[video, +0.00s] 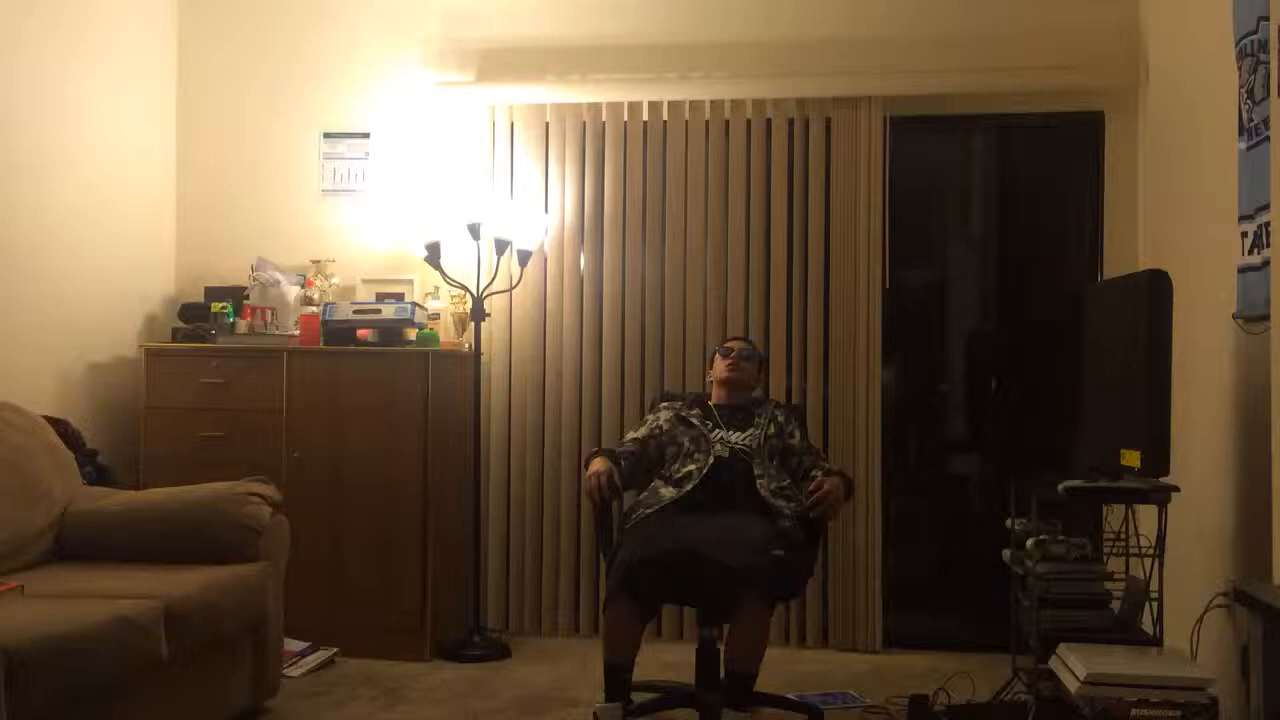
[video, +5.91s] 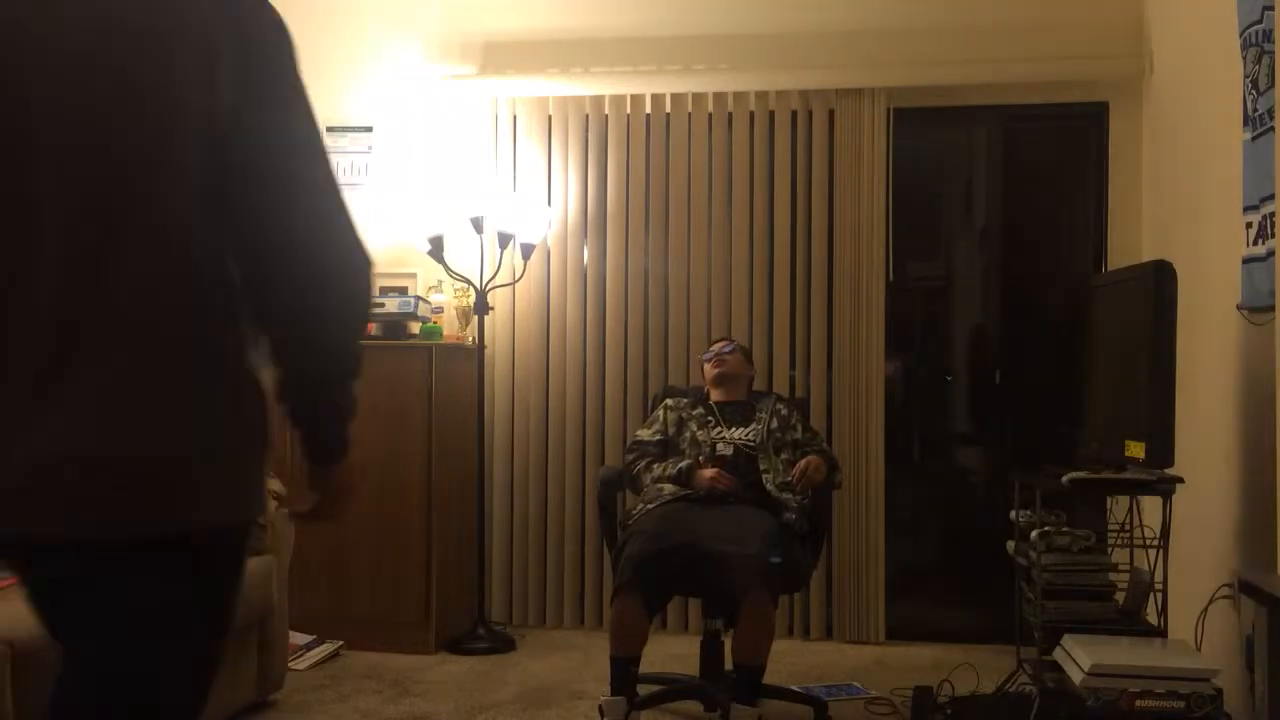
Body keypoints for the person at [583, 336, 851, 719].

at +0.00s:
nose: (734, 357)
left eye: (746, 354)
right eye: (725, 352)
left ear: (759, 375)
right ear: (710, 370)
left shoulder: (779, 420)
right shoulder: (675, 413)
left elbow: (812, 469)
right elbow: (633, 452)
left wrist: (837, 482)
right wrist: (600, 459)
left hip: (753, 522)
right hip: (674, 520)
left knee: (755, 593)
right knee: (630, 579)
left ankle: (736, 707)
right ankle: (615, 701)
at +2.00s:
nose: (748, 359)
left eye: (759, 358)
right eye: (739, 350)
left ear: (766, 377)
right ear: (717, 363)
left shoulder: (782, 412)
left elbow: (815, 457)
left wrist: (835, 465)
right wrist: (648, 424)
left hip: (751, 510)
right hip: (676, 506)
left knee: (758, 582)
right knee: (634, 574)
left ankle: (743, 703)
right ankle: (620, 695)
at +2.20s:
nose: (740, 360)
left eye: (752, 357)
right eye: (731, 352)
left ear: (764, 372)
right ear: (712, 362)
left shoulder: (782, 411)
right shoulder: (683, 399)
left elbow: (815, 456)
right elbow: (641, 430)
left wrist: (833, 465)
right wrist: (699, 387)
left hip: (753, 510)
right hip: (679, 507)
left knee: (759, 581)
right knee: (636, 571)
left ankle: (744, 702)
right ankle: (620, 695)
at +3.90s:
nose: (737, 360)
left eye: (749, 356)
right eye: (728, 353)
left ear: (761, 372)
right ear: (711, 366)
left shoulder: (781, 413)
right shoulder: (675, 407)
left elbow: (819, 453)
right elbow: (629, 453)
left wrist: (819, 459)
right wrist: (690, 448)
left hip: (748, 508)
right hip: (673, 506)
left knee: (756, 577)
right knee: (637, 568)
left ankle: (746, 704)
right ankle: (621, 697)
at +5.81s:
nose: (716, 355)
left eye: (727, 350)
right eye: (707, 355)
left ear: (750, 370)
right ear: (701, 376)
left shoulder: (777, 410)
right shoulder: (673, 409)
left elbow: (822, 453)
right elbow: (637, 464)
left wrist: (820, 460)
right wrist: (690, 473)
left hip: (751, 508)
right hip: (675, 506)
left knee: (757, 575)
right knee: (639, 567)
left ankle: (746, 704)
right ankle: (621, 695)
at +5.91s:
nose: (718, 352)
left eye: (730, 349)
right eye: (710, 353)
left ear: (751, 370)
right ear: (702, 375)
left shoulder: (778, 412)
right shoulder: (673, 410)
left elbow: (823, 456)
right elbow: (638, 465)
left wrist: (819, 462)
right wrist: (689, 474)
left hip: (751, 509)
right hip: (676, 506)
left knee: (757, 574)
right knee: (638, 565)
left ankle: (746, 704)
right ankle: (621, 696)